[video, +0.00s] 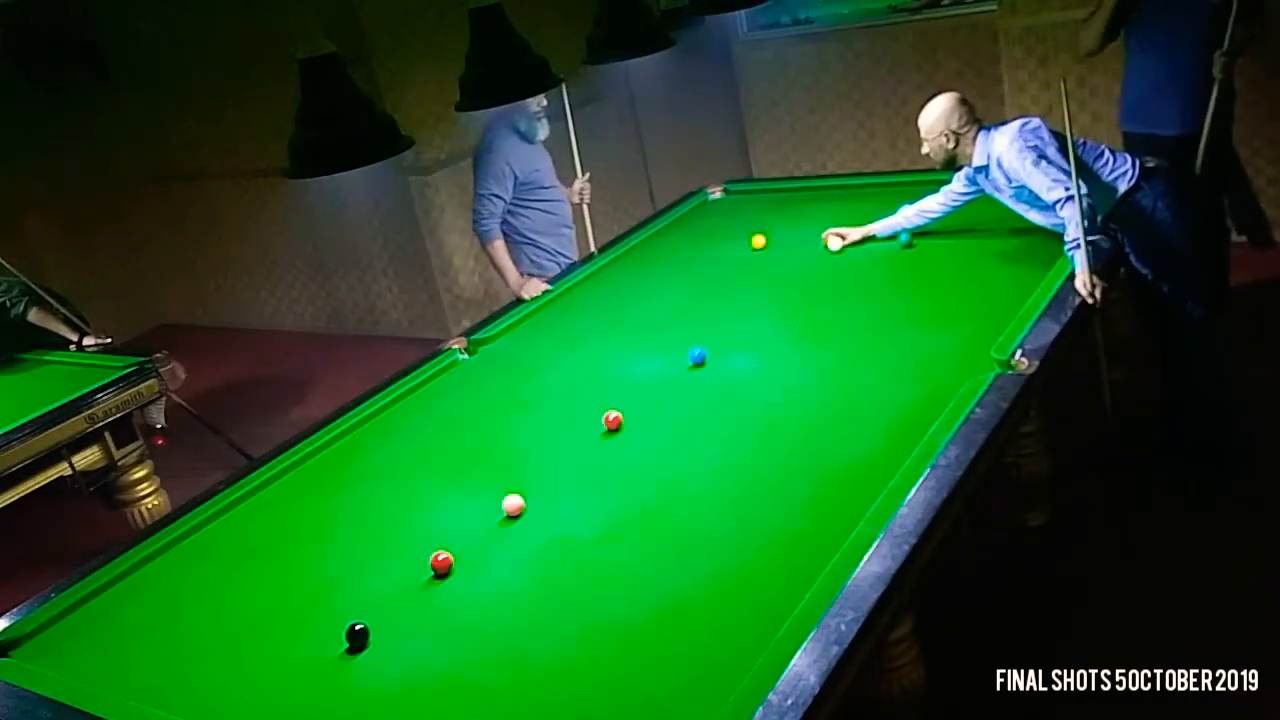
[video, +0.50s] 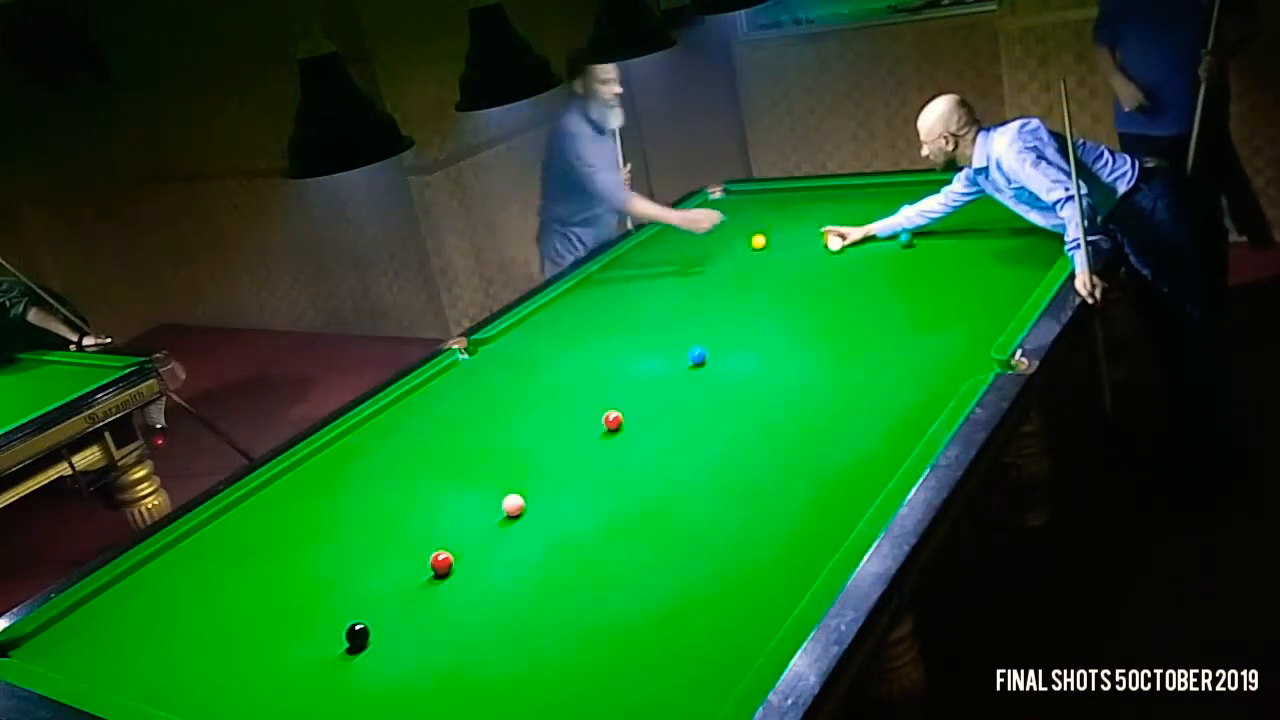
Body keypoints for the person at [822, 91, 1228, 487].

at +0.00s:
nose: (923, 148)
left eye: (927, 139)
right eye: (922, 141)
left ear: (955, 135)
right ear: (955, 134)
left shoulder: (1014, 143)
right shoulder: (978, 171)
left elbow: (1067, 196)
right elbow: (927, 209)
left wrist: (1082, 265)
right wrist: (861, 232)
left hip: (1149, 202)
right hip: (1125, 223)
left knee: (1195, 319)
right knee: (1176, 321)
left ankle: (1216, 443)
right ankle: (1198, 440)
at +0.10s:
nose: (923, 149)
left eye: (927, 140)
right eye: (922, 141)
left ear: (955, 135)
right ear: (955, 134)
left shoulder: (1014, 143)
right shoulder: (977, 171)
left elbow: (1067, 196)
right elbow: (927, 210)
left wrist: (1081, 265)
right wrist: (861, 232)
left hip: (1148, 201)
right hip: (1125, 223)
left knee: (1196, 317)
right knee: (1177, 319)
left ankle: (1217, 443)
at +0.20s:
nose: (925, 149)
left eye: (927, 141)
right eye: (924, 142)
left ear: (952, 137)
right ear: (956, 133)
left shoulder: (1013, 144)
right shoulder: (979, 170)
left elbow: (1068, 195)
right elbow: (928, 210)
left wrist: (1081, 264)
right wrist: (862, 232)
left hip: (1146, 200)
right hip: (1123, 220)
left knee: (1195, 314)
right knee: (1175, 315)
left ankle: (1216, 438)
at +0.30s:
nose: (924, 150)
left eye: (927, 141)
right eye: (923, 142)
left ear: (952, 137)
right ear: (955, 134)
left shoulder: (1013, 145)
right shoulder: (979, 171)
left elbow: (1068, 195)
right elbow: (927, 210)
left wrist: (1081, 264)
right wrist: (862, 232)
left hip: (1148, 201)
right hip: (1124, 220)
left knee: (1194, 317)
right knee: (1174, 318)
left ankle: (1217, 440)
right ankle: (1198, 435)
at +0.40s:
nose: (924, 150)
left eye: (927, 141)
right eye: (923, 143)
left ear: (952, 137)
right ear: (955, 134)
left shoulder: (1013, 145)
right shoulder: (979, 171)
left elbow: (1068, 195)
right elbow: (927, 210)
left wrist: (1081, 264)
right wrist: (861, 232)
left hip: (1147, 200)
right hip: (1124, 219)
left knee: (1194, 317)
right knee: (1174, 318)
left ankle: (1217, 440)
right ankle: (1199, 435)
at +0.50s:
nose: (924, 150)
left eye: (927, 141)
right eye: (923, 143)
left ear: (952, 137)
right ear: (955, 134)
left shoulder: (1013, 145)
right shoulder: (979, 170)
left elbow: (1069, 196)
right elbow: (927, 210)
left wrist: (1081, 264)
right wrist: (861, 232)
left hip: (1148, 201)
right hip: (1124, 219)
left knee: (1194, 319)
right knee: (1174, 320)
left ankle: (1216, 444)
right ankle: (1197, 439)